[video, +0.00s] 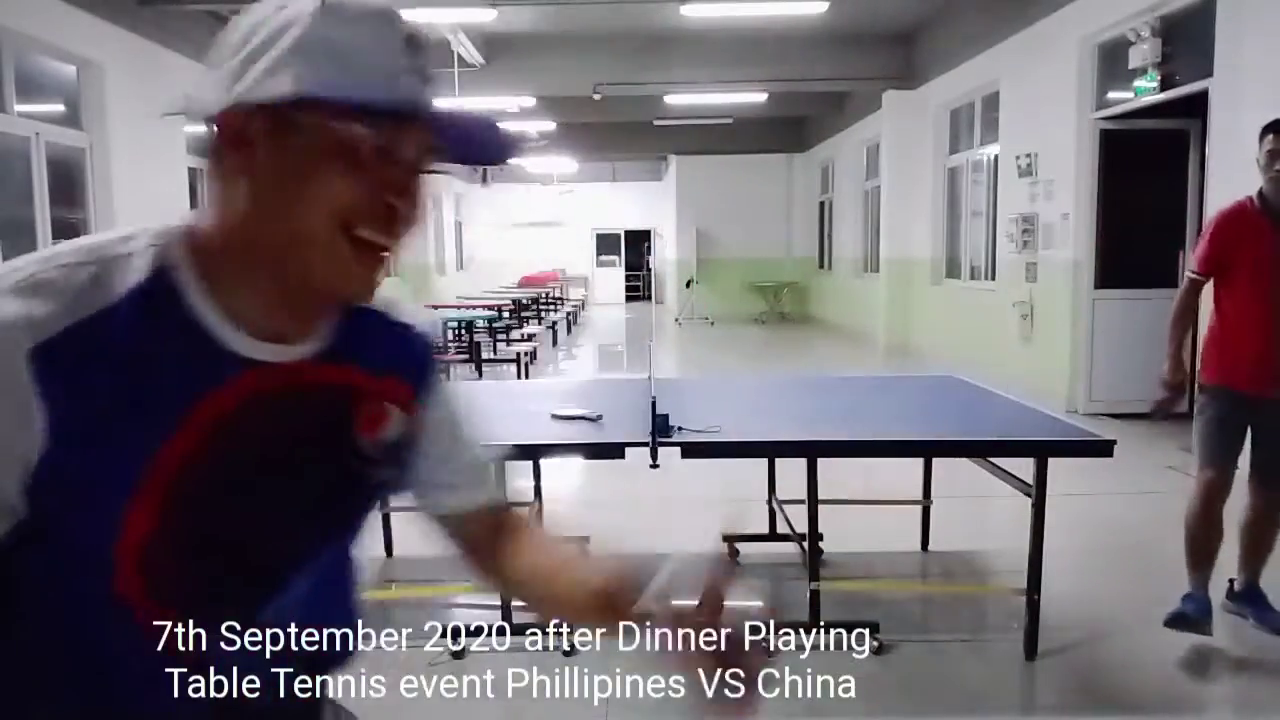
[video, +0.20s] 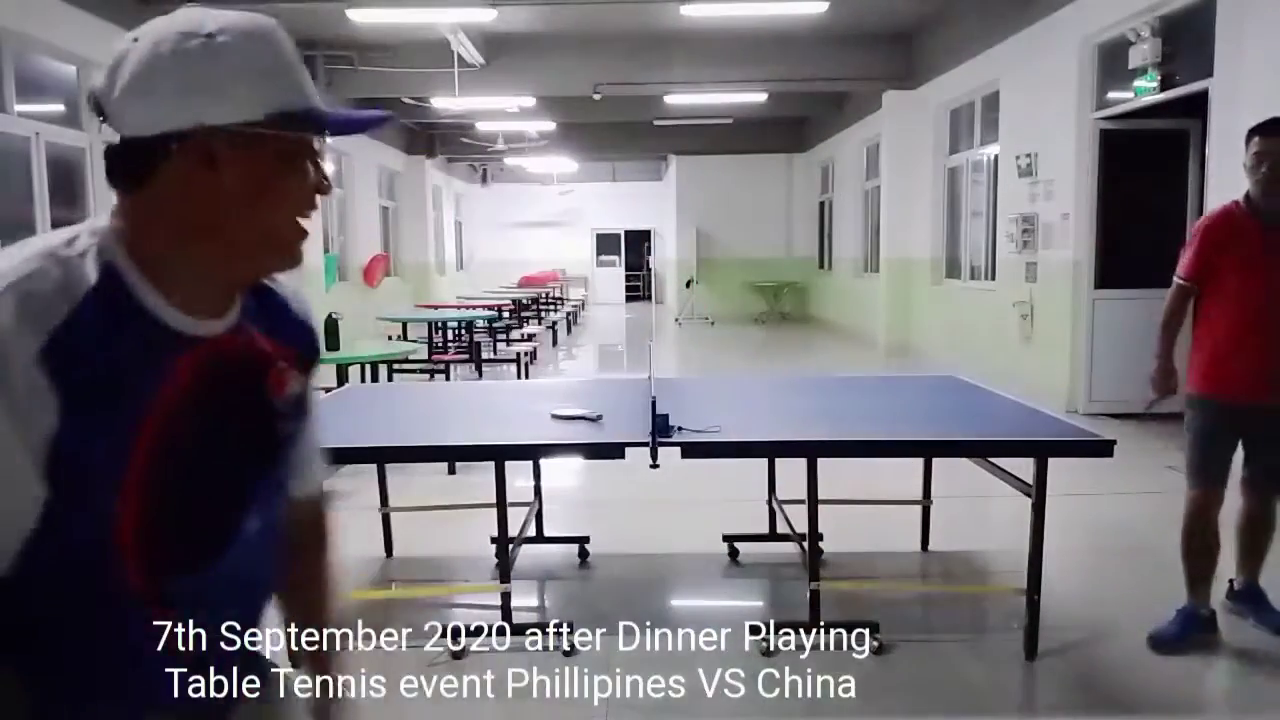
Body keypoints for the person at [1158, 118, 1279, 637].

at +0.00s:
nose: (1277, 160)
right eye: (1271, 153)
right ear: (1259, 160)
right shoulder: (1233, 221)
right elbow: (1189, 291)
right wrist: (1175, 362)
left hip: (1276, 387)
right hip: (1226, 380)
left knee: (1269, 497)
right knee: (1211, 484)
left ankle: (1245, 588)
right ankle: (1197, 595)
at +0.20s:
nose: (1264, 169)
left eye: (1272, 160)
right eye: (1257, 159)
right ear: (1245, 164)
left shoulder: (1279, 226)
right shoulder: (1217, 226)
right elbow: (1180, 294)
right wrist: (1163, 360)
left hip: (1271, 393)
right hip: (1214, 388)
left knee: (1262, 496)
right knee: (1203, 496)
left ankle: (1247, 588)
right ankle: (1197, 608)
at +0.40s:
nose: (1235, 171)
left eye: (1248, 161)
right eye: (1229, 160)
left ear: (1272, 169)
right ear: (1219, 166)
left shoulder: (1277, 227)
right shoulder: (1195, 229)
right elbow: (1160, 298)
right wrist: (1149, 365)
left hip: (1260, 398)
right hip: (1193, 394)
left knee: (1255, 506)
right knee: (1185, 507)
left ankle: (1247, 586)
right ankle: (1195, 611)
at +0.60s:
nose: (1204, 171)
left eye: (1216, 161)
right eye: (1198, 161)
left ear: (1247, 164)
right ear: (1192, 164)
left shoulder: (1270, 231)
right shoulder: (1169, 227)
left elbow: (1276, 307)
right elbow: (1135, 288)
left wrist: (1276, 368)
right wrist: (1124, 337)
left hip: (1238, 396)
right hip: (1169, 394)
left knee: (1258, 514)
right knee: (1178, 509)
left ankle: (1244, 574)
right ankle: (1195, 613)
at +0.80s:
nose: (1186, 174)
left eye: (1199, 164)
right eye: (1181, 163)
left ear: (1231, 167)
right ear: (1176, 167)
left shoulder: (1264, 233)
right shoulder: (1157, 231)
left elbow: (1277, 307)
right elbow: (1121, 290)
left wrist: (1249, 332)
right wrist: (1097, 338)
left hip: (1224, 401)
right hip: (1158, 396)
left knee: (1247, 520)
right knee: (1169, 510)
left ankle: (1252, 604)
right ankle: (1194, 613)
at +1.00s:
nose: (1158, 167)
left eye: (1168, 157)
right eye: (1155, 159)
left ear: (1205, 157)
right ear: (1158, 165)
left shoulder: (1248, 226)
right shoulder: (1144, 229)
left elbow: (1265, 306)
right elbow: (1116, 300)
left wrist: (1259, 375)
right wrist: (1083, 349)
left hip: (1213, 398)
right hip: (1149, 396)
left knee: (1237, 517)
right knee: (1170, 511)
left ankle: (1268, 632)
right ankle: (1195, 614)